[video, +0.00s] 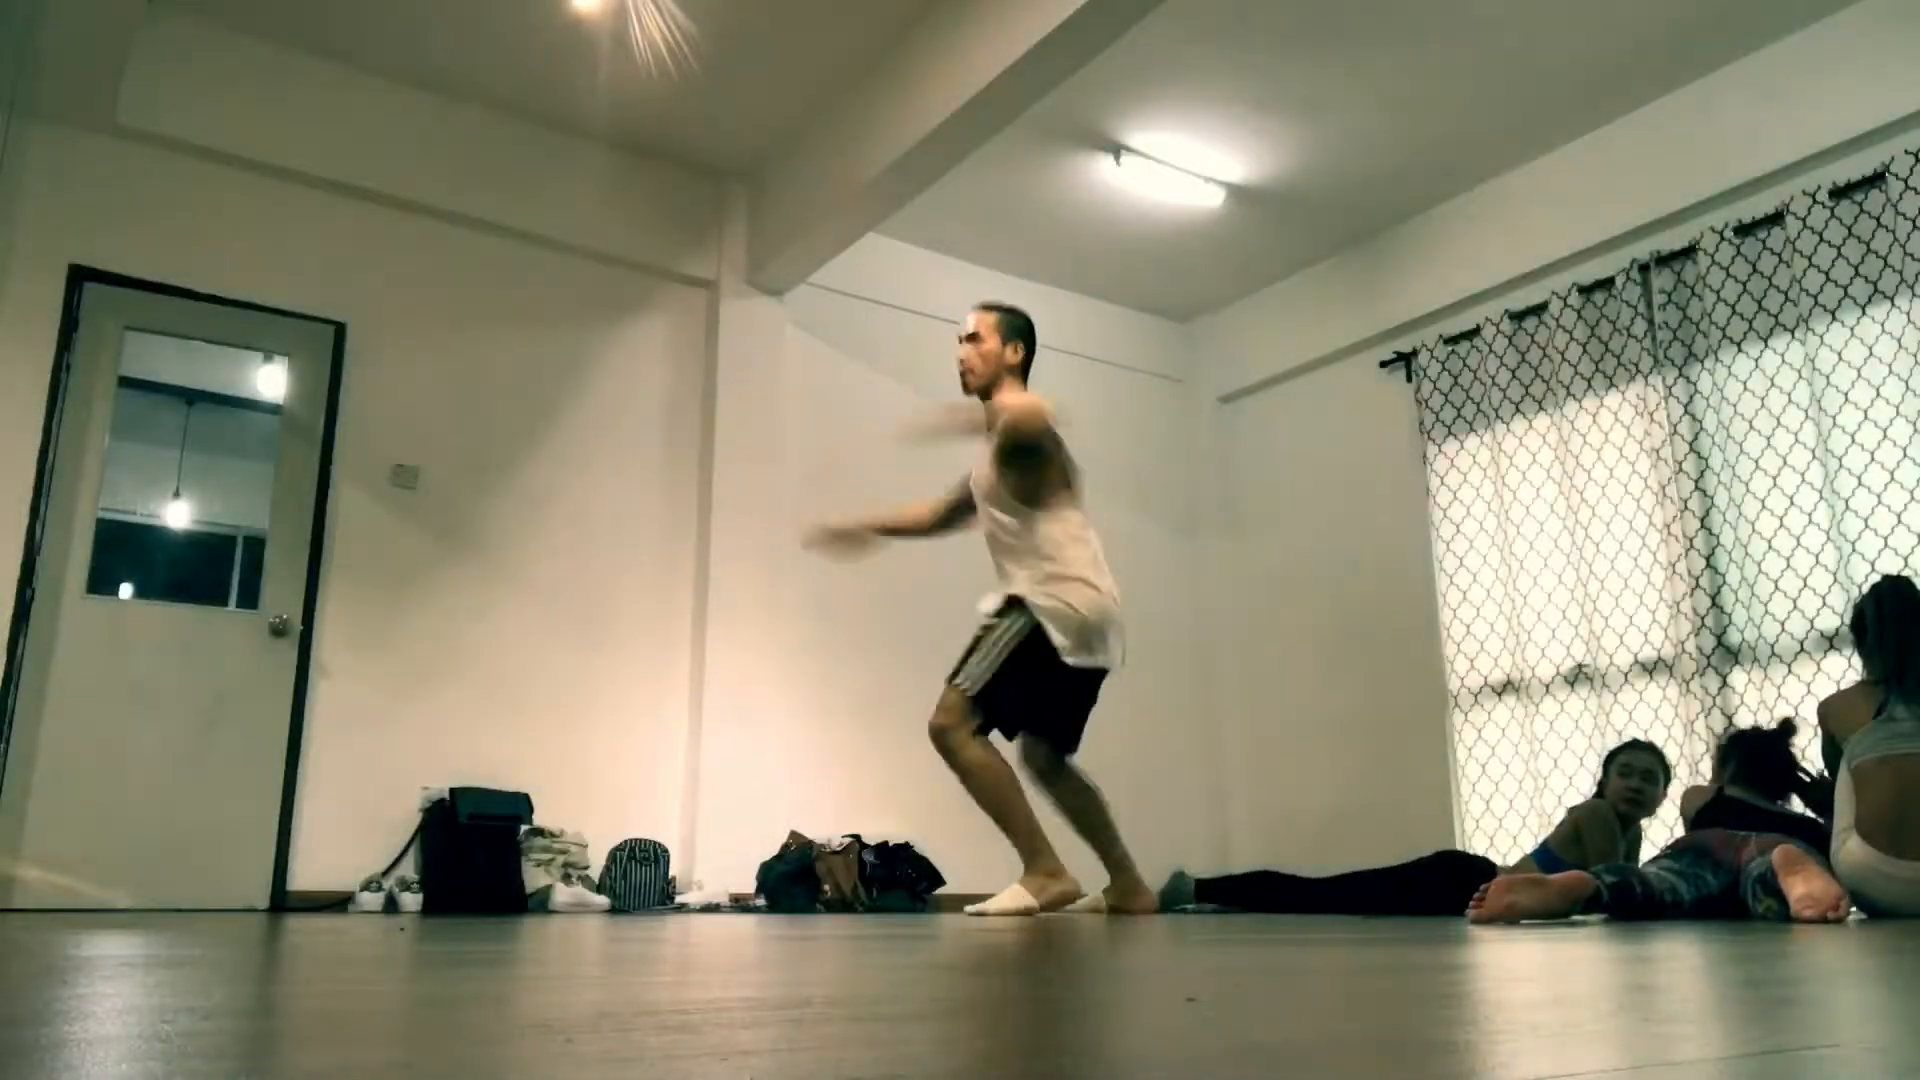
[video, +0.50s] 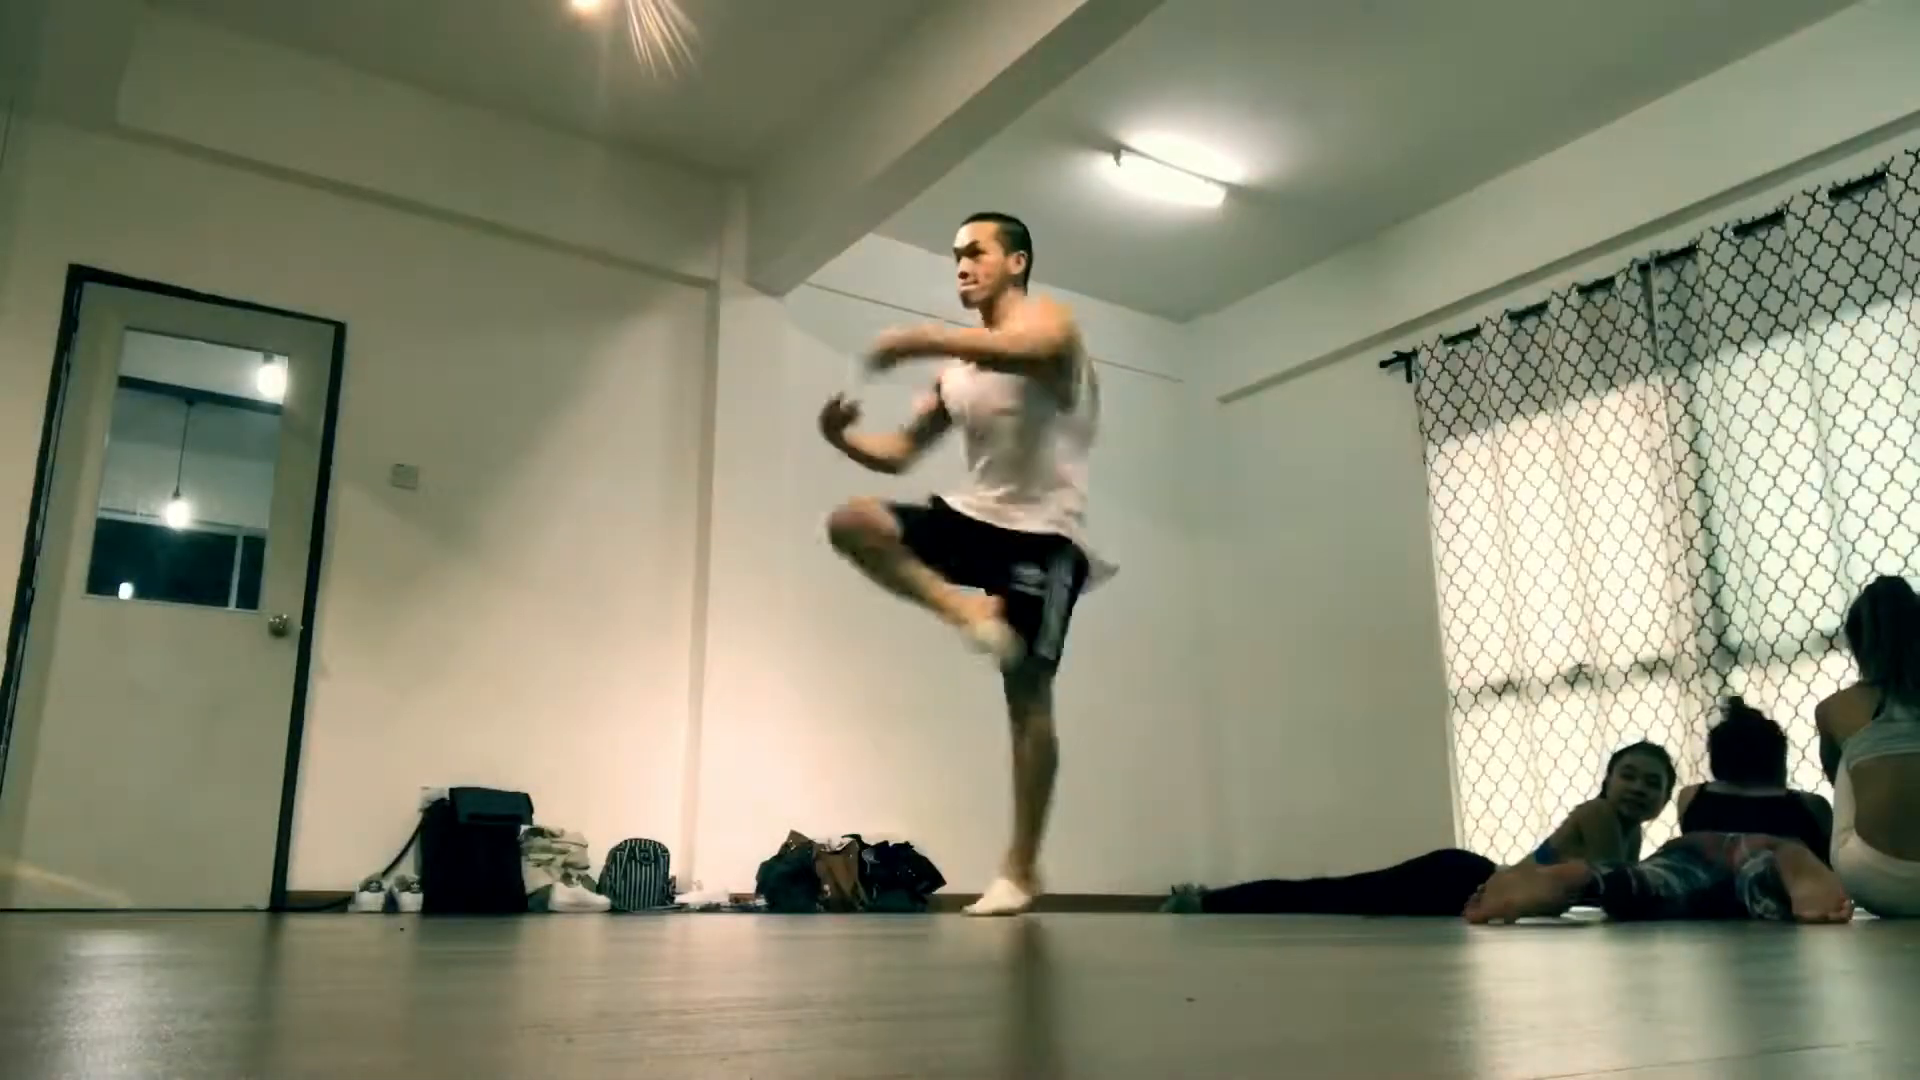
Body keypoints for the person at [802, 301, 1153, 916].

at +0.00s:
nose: (960, 351)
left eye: (974, 340)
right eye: (962, 341)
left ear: (1013, 353)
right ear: (995, 356)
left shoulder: (1024, 411)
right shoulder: (997, 454)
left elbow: (1025, 421)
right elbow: (941, 515)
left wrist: (976, 416)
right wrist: (864, 527)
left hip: (1048, 602)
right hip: (1086, 611)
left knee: (952, 725)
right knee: (1042, 756)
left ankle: (1045, 874)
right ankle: (1129, 885)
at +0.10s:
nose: (953, 321)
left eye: (966, 310)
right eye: (958, 308)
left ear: (1001, 323)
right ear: (1014, 327)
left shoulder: (957, 389)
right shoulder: (1059, 396)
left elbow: (870, 454)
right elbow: (1112, 477)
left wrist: (791, 480)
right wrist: (1092, 530)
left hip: (1009, 579)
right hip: (1086, 578)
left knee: (973, 731)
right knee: (1080, 712)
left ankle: (1033, 866)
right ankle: (1105, 858)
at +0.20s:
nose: (1029, 310)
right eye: (1028, 300)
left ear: (965, 310)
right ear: (1027, 304)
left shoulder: (942, 385)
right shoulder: (1043, 362)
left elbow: (923, 474)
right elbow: (1128, 423)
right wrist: (1180, 471)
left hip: (963, 565)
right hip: (1040, 545)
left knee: (997, 710)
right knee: (1115, 620)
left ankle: (985, 874)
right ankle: (1071, 769)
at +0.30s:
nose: (1014, 272)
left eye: (1024, 264)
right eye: (997, 263)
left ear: (1037, 285)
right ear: (972, 285)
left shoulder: (1037, 376)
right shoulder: (975, 343)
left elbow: (1071, 457)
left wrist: (1149, 455)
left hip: (991, 532)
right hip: (973, 511)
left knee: (989, 695)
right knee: (1109, 529)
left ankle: (942, 862)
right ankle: (1056, 669)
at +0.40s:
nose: (970, 272)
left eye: (984, 258)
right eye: (966, 263)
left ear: (1026, 268)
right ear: (969, 280)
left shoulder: (1073, 348)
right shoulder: (951, 349)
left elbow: (1137, 413)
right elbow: (876, 420)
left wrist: (1125, 379)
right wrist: (911, 382)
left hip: (1029, 537)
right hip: (957, 522)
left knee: (997, 697)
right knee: (929, 480)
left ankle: (975, 871)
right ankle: (1037, 639)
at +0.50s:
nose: (961, 266)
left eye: (976, 253)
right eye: (958, 256)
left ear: (1017, 262)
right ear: (961, 273)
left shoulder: (1051, 318)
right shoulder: (960, 368)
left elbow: (1034, 348)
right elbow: (900, 450)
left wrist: (924, 339)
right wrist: (845, 436)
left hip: (1042, 533)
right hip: (970, 521)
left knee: (1027, 700)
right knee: (849, 523)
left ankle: (1020, 873)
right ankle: (970, 611)